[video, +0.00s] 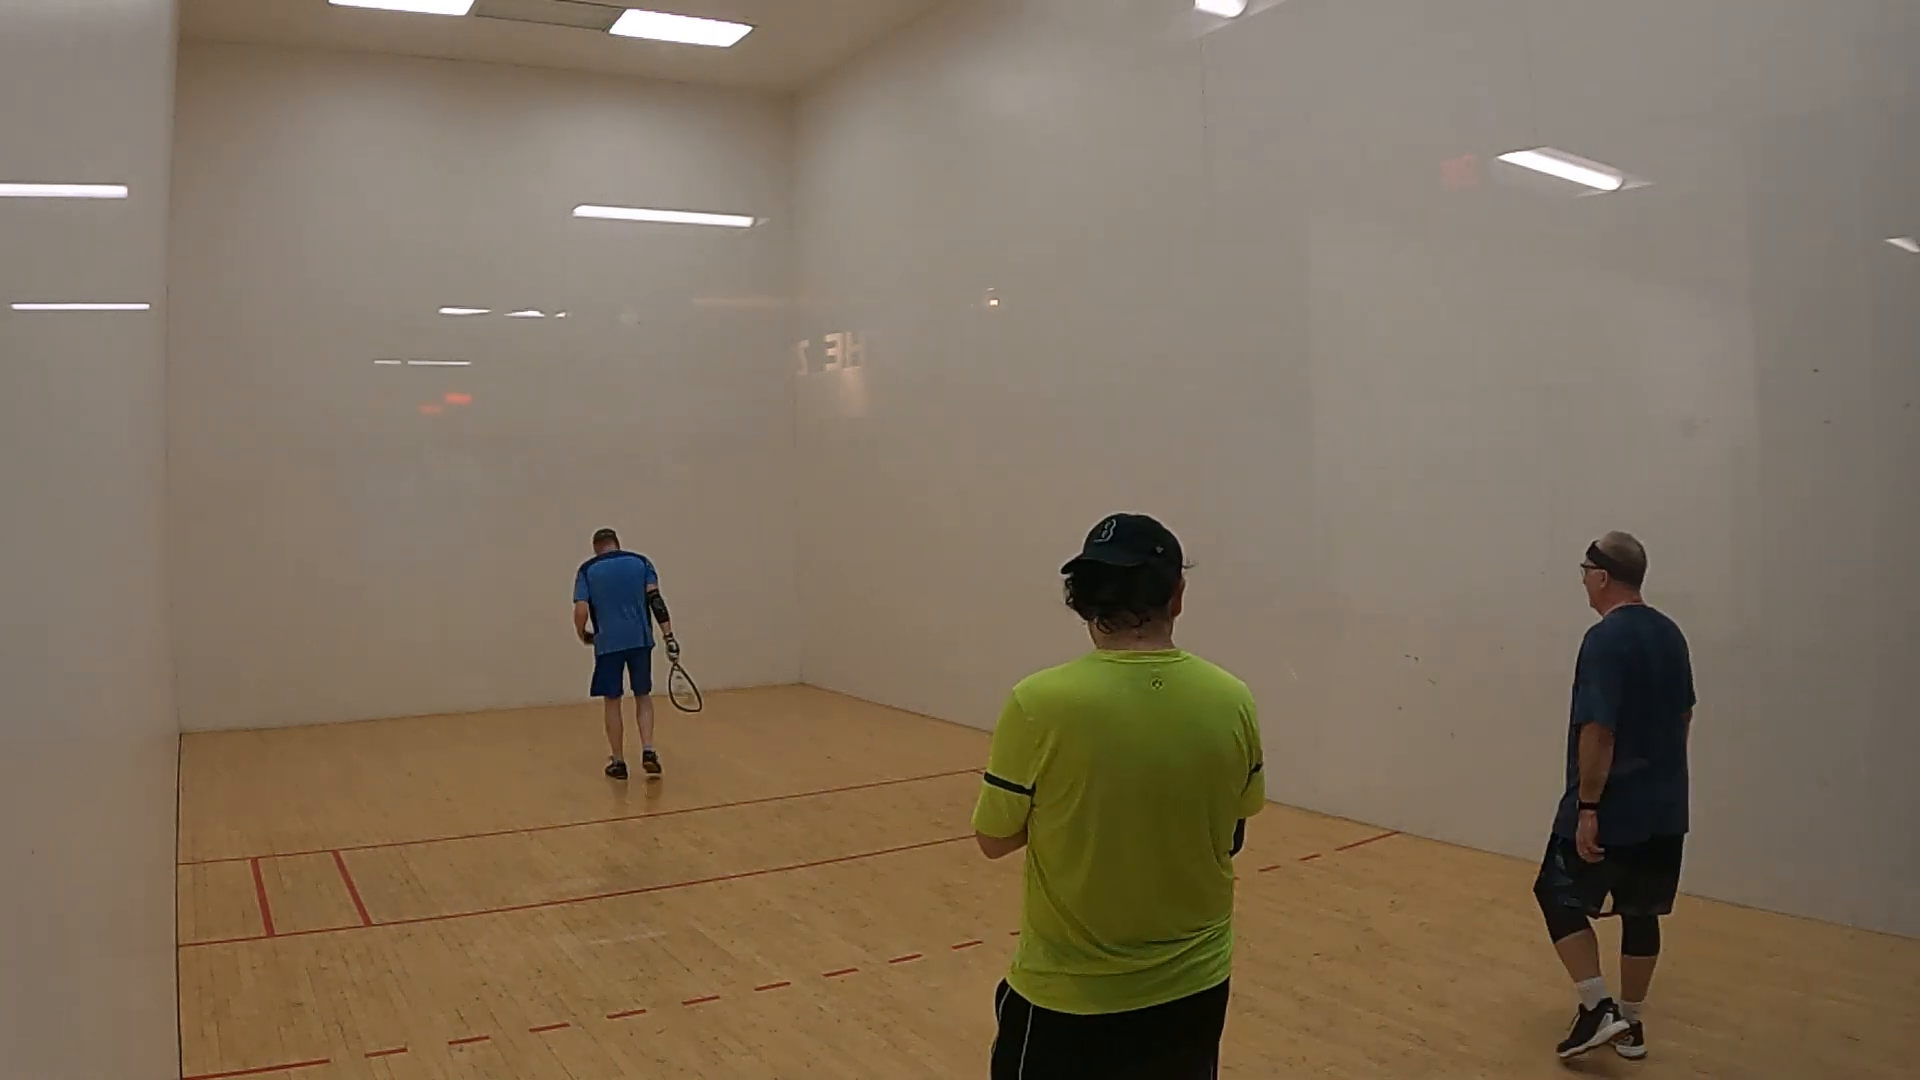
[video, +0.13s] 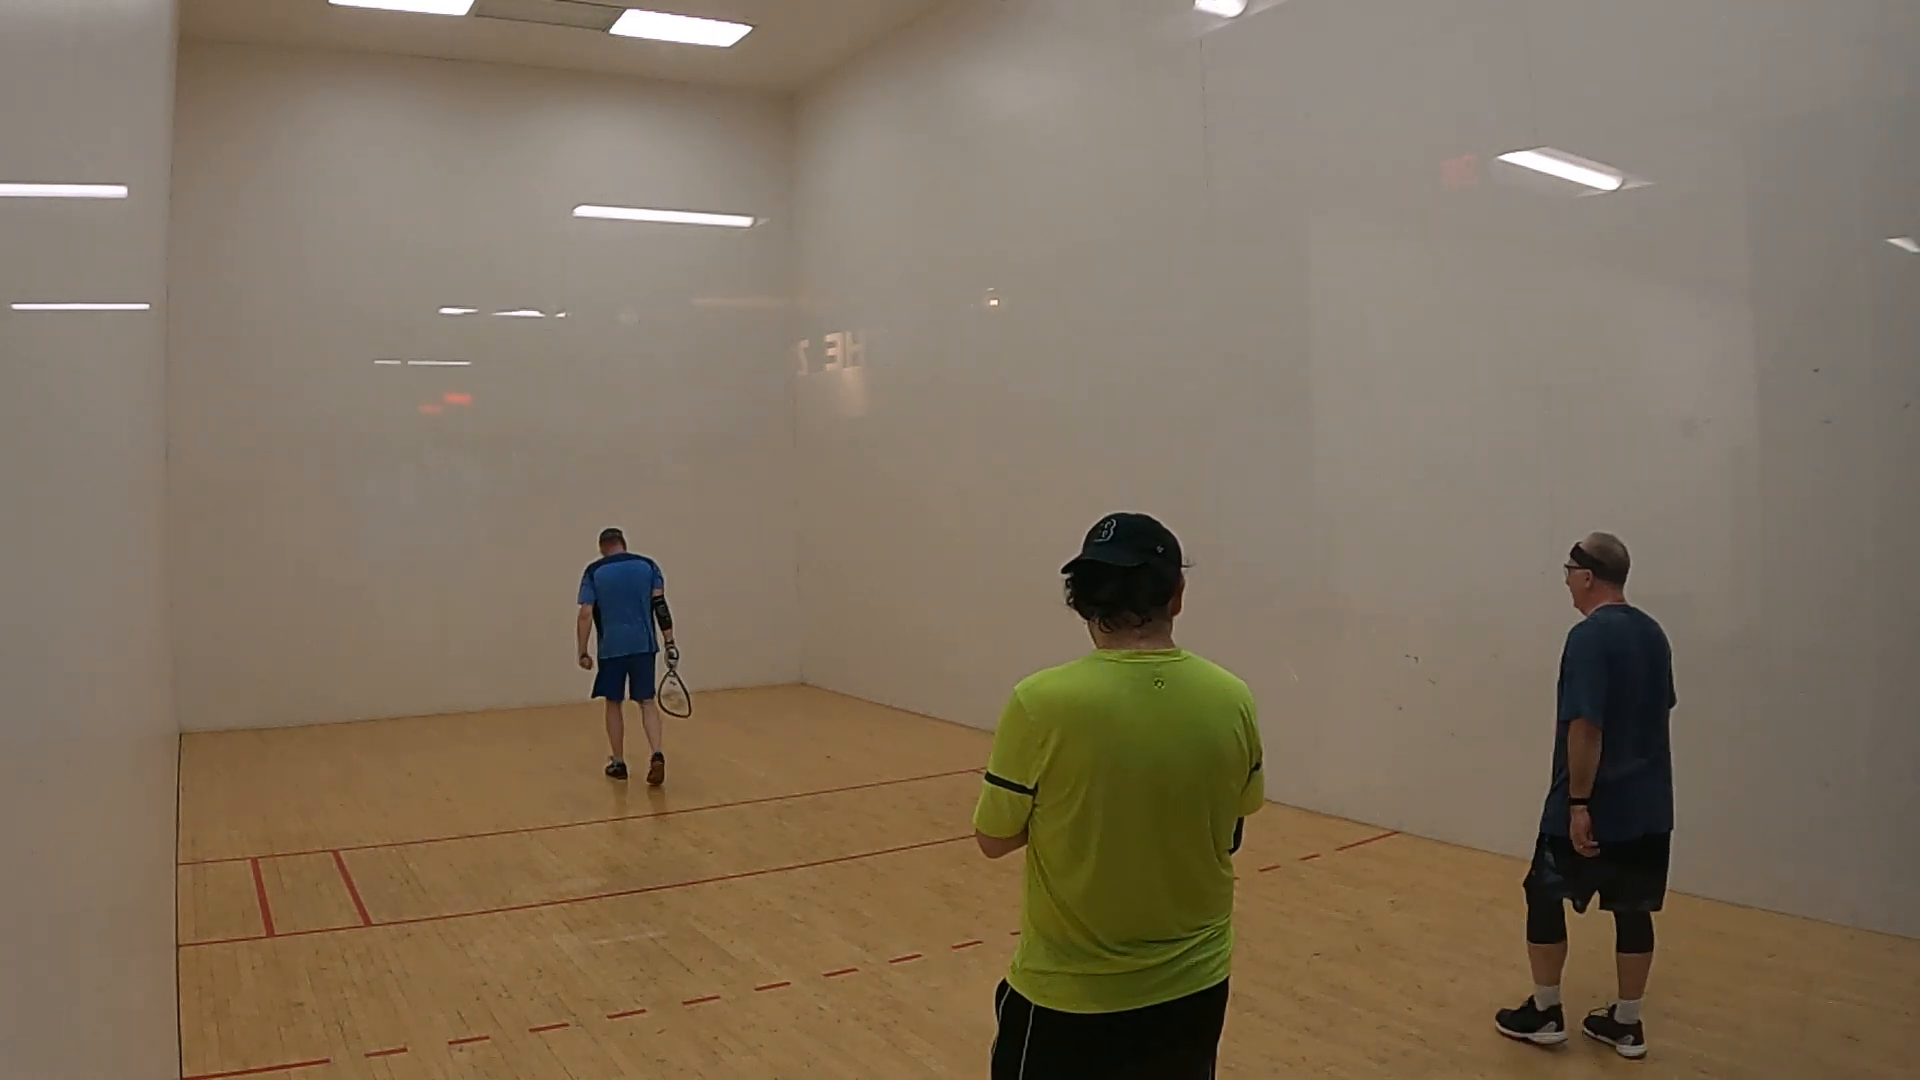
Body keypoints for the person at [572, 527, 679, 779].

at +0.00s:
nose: (600, 553)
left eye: (597, 550)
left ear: (595, 548)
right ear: (618, 544)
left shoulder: (587, 569)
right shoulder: (641, 561)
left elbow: (581, 610)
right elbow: (656, 601)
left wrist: (582, 633)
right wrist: (669, 637)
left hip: (609, 645)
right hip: (640, 641)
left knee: (612, 701)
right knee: (643, 696)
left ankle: (618, 761)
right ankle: (648, 750)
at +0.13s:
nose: (604, 553)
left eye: (602, 550)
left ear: (601, 548)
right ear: (624, 544)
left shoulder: (594, 571)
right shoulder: (647, 565)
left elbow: (585, 614)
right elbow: (659, 605)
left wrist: (582, 650)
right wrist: (670, 642)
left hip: (612, 651)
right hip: (644, 648)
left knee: (613, 703)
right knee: (647, 702)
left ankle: (618, 762)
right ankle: (657, 754)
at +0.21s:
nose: (616, 553)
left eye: (609, 551)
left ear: (607, 550)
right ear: (631, 546)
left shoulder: (598, 573)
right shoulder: (653, 568)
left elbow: (590, 614)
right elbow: (665, 610)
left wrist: (589, 650)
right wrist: (672, 646)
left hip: (615, 653)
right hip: (647, 651)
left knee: (616, 705)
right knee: (651, 706)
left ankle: (618, 762)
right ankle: (658, 765)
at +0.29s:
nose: (622, 554)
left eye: (615, 551)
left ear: (613, 550)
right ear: (637, 547)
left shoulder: (604, 573)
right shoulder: (659, 569)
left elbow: (599, 612)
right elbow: (670, 611)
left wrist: (598, 650)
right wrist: (674, 646)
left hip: (620, 652)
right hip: (652, 651)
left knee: (619, 707)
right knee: (653, 708)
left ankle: (618, 762)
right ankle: (657, 772)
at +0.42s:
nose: (629, 551)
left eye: (624, 547)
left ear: (621, 548)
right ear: (645, 545)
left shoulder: (611, 569)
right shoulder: (666, 567)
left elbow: (608, 609)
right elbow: (676, 611)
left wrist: (609, 649)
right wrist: (678, 646)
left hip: (623, 652)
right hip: (656, 652)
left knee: (619, 706)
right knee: (655, 708)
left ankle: (621, 764)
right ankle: (657, 773)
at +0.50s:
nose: (637, 549)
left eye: (630, 545)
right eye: (644, 544)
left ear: (624, 546)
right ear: (649, 544)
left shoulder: (614, 567)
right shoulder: (670, 567)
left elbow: (611, 609)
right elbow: (680, 609)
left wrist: (611, 649)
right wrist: (682, 644)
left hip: (625, 653)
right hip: (658, 652)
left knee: (619, 703)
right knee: (656, 710)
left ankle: (628, 767)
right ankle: (657, 773)